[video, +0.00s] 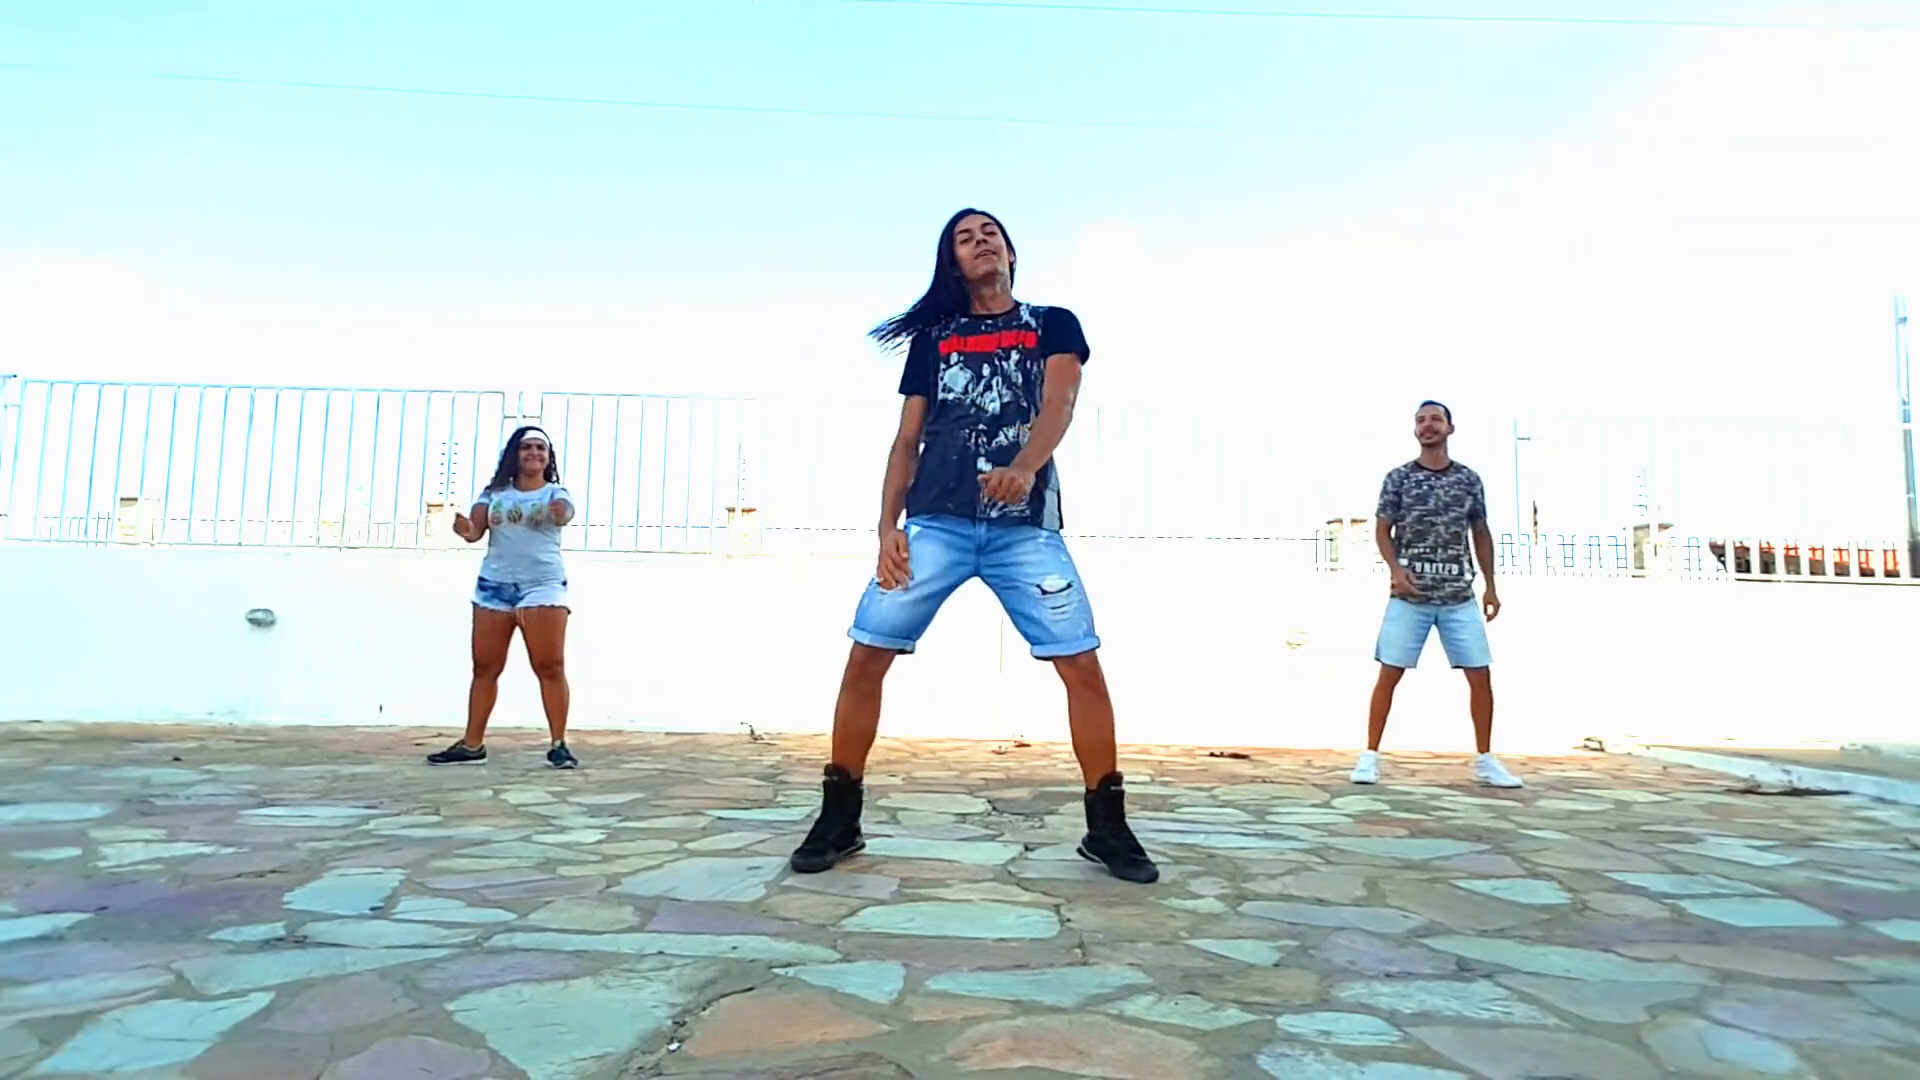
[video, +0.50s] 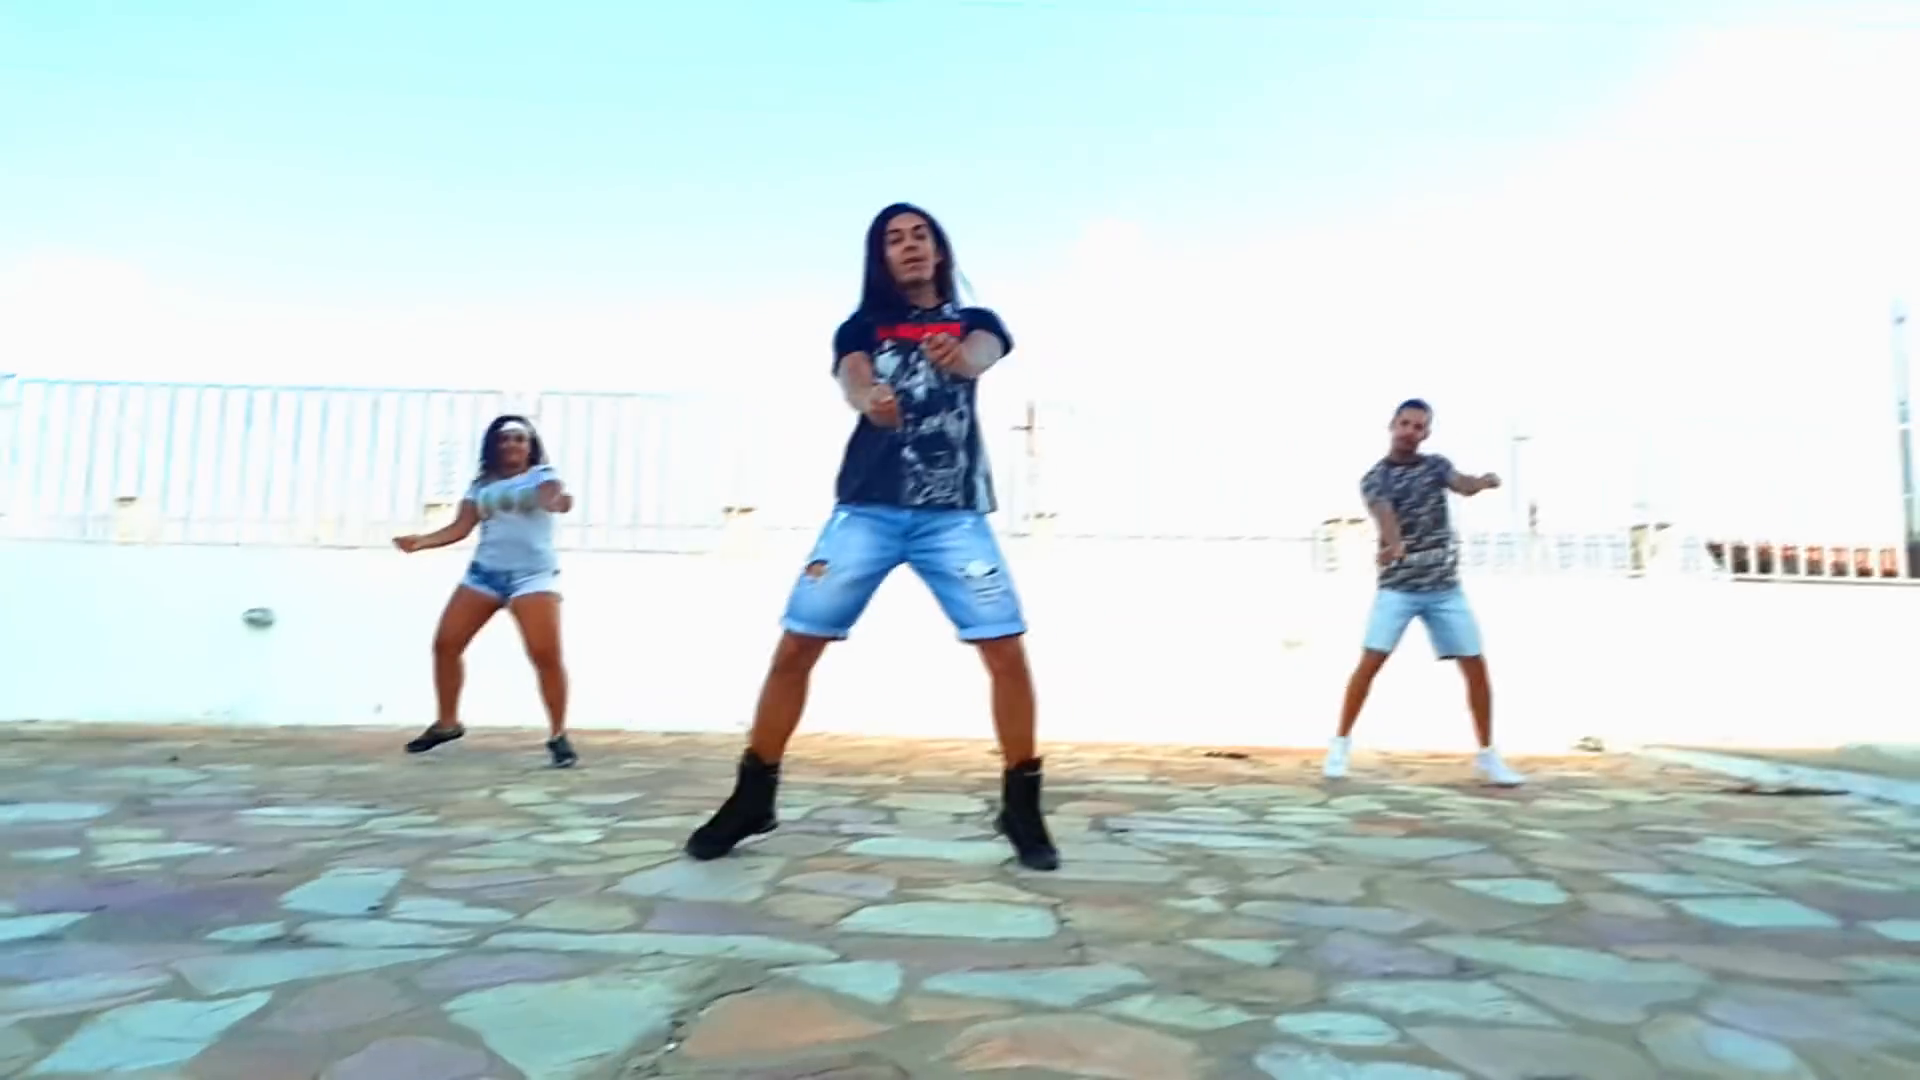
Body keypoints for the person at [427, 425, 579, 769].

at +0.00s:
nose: (534, 453)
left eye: (540, 448)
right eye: (527, 448)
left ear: (548, 457)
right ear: (514, 455)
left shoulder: (555, 492)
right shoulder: (494, 493)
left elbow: (562, 511)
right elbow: (475, 530)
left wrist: (557, 514)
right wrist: (466, 528)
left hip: (542, 586)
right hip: (494, 585)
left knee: (549, 667)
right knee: (484, 668)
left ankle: (558, 744)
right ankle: (472, 743)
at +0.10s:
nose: (532, 452)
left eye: (539, 447)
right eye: (525, 447)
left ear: (547, 456)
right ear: (513, 455)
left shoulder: (555, 492)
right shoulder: (493, 494)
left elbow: (562, 512)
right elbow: (471, 536)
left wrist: (559, 517)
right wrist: (453, 541)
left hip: (541, 586)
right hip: (492, 585)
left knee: (548, 667)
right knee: (481, 668)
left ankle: (558, 744)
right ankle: (471, 743)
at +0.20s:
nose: (531, 454)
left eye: (537, 449)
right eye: (523, 449)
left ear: (545, 459)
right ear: (510, 458)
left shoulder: (555, 495)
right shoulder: (493, 497)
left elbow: (565, 516)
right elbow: (470, 534)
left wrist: (561, 525)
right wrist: (449, 562)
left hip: (539, 588)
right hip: (489, 587)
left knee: (551, 669)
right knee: (471, 668)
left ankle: (556, 744)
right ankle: (471, 744)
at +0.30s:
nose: (528, 457)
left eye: (535, 453)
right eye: (521, 453)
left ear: (543, 463)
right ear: (509, 462)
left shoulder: (553, 499)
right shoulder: (492, 503)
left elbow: (565, 521)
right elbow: (468, 543)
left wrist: (563, 527)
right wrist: (441, 564)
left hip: (540, 593)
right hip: (490, 592)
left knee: (550, 671)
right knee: (461, 666)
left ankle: (557, 744)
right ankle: (469, 744)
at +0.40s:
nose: (516, 444)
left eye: (523, 438)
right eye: (509, 438)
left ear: (532, 446)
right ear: (498, 444)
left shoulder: (541, 481)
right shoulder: (480, 488)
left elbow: (552, 501)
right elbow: (456, 530)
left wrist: (561, 511)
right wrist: (421, 546)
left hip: (532, 576)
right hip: (484, 576)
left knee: (542, 656)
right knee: (448, 647)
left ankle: (551, 734)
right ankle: (455, 726)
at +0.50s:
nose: (512, 445)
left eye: (519, 439)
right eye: (504, 439)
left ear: (530, 446)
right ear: (493, 447)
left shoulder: (541, 476)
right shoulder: (482, 486)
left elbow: (550, 496)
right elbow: (459, 528)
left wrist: (558, 502)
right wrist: (420, 541)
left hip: (533, 576)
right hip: (484, 575)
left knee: (546, 654)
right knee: (446, 645)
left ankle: (558, 734)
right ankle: (447, 723)